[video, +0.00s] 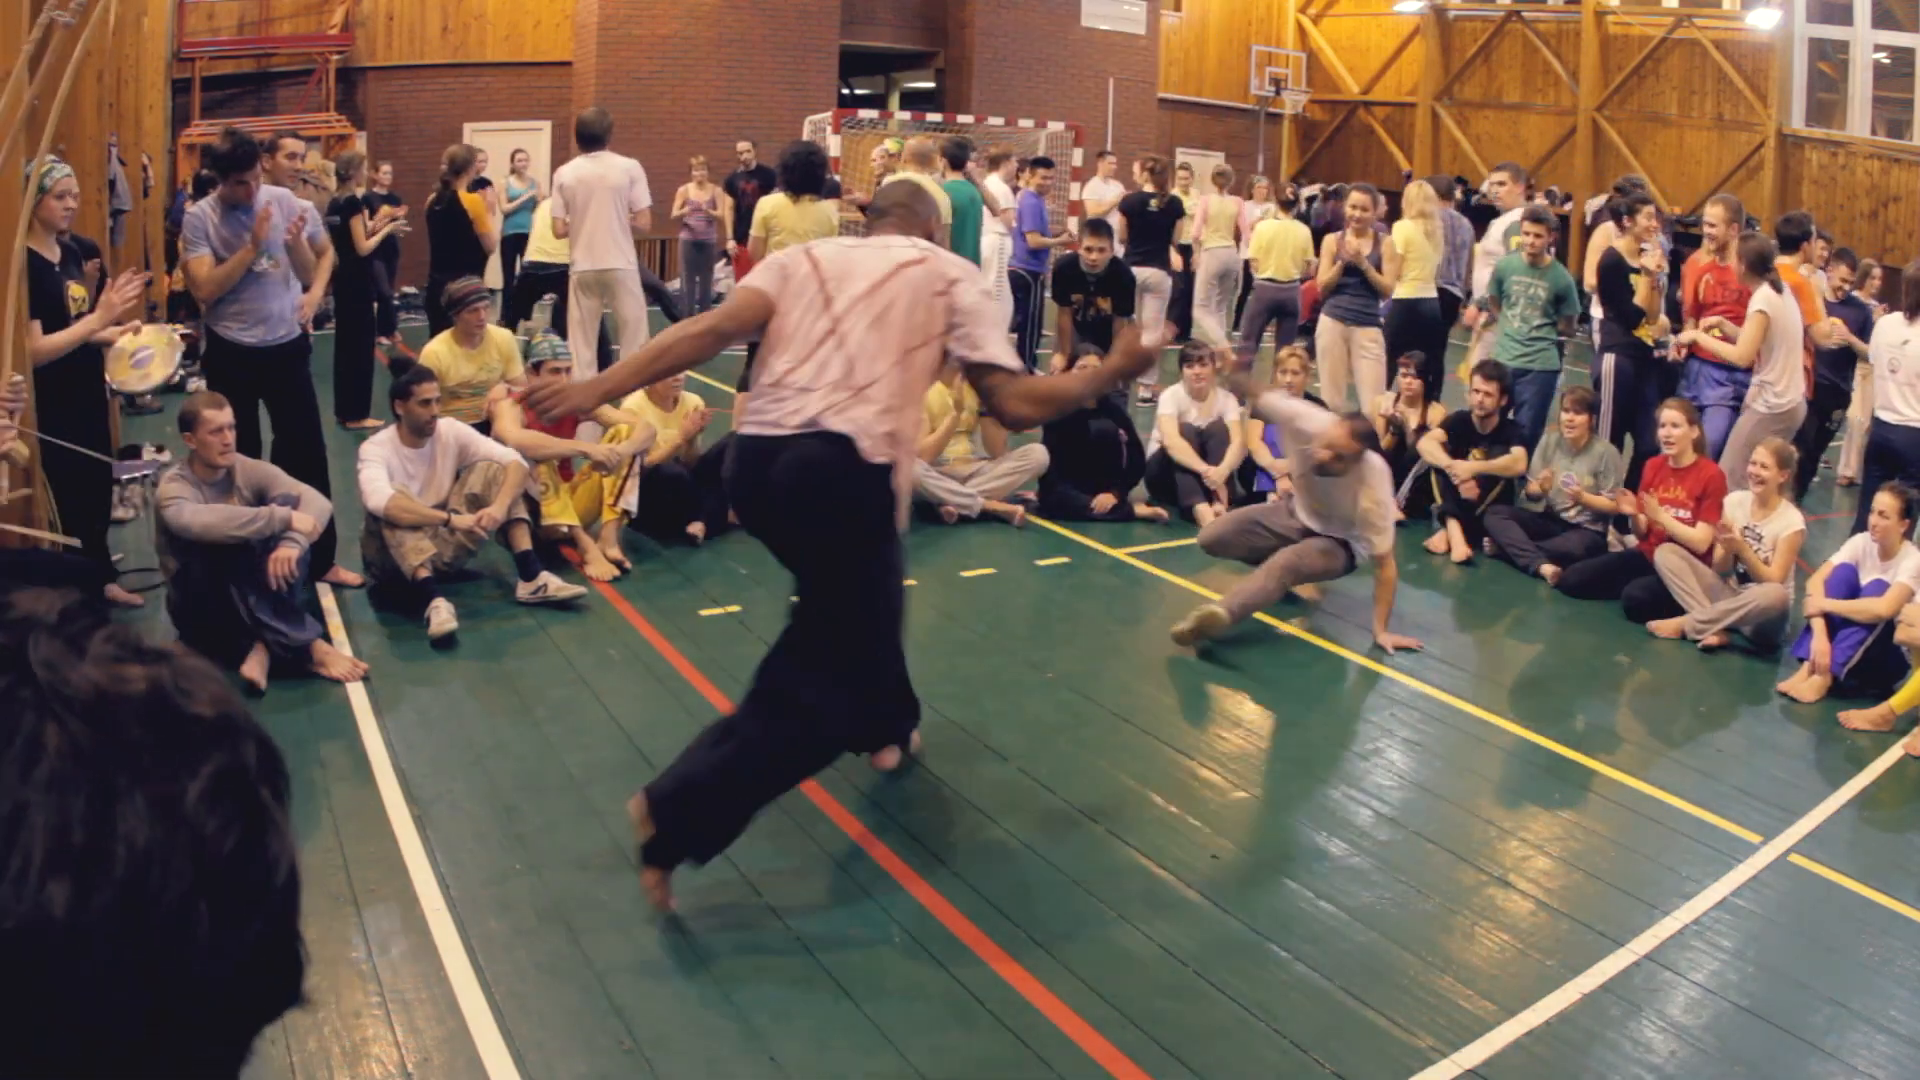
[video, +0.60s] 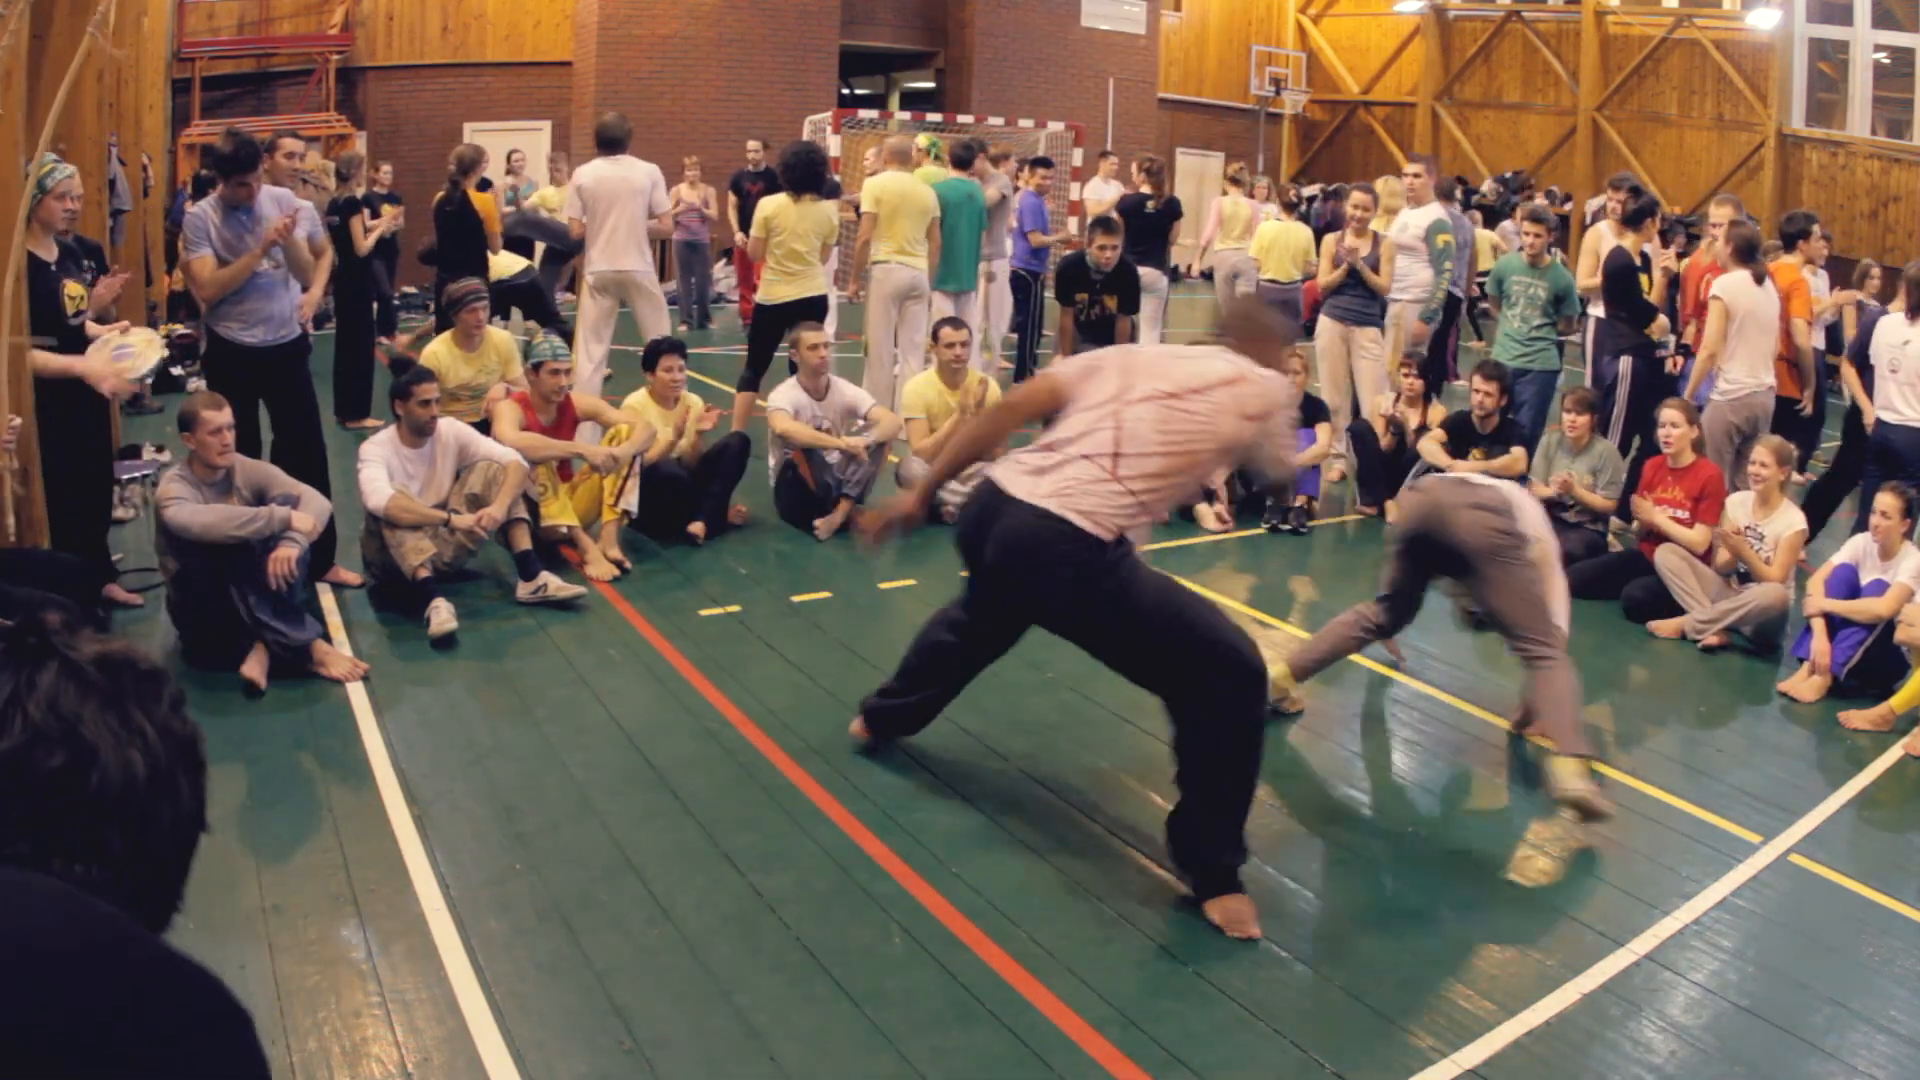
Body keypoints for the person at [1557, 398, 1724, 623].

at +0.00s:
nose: (1666, 433)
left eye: (1675, 426)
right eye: (1662, 426)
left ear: (1695, 431)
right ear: (1656, 431)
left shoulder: (1711, 475)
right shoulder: (1653, 466)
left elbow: (1701, 543)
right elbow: (1642, 532)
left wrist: (1660, 516)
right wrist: (1634, 514)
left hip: (1684, 566)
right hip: (1647, 555)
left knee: (1635, 601)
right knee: (1570, 582)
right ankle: (1637, 582)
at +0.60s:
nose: (1666, 433)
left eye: (1675, 426)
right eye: (1661, 426)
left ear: (1694, 431)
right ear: (1656, 430)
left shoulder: (1710, 475)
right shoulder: (1652, 466)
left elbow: (1699, 544)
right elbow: (1637, 530)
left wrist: (1654, 517)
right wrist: (1645, 517)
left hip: (1682, 565)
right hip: (1645, 555)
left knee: (1635, 600)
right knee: (1572, 580)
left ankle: (1692, 603)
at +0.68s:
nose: (1666, 433)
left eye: (1674, 426)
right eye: (1661, 426)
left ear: (1693, 431)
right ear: (1655, 430)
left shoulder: (1710, 474)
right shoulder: (1650, 466)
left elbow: (1699, 543)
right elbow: (1639, 533)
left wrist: (1657, 515)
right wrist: (1636, 515)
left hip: (1684, 563)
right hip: (1647, 554)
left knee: (1634, 598)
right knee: (1602, 572)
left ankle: (1693, 605)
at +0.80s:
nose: (1665, 433)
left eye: (1674, 426)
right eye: (1660, 426)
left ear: (1691, 431)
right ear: (1654, 430)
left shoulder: (1709, 474)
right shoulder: (1649, 467)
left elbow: (1699, 540)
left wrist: (1653, 515)